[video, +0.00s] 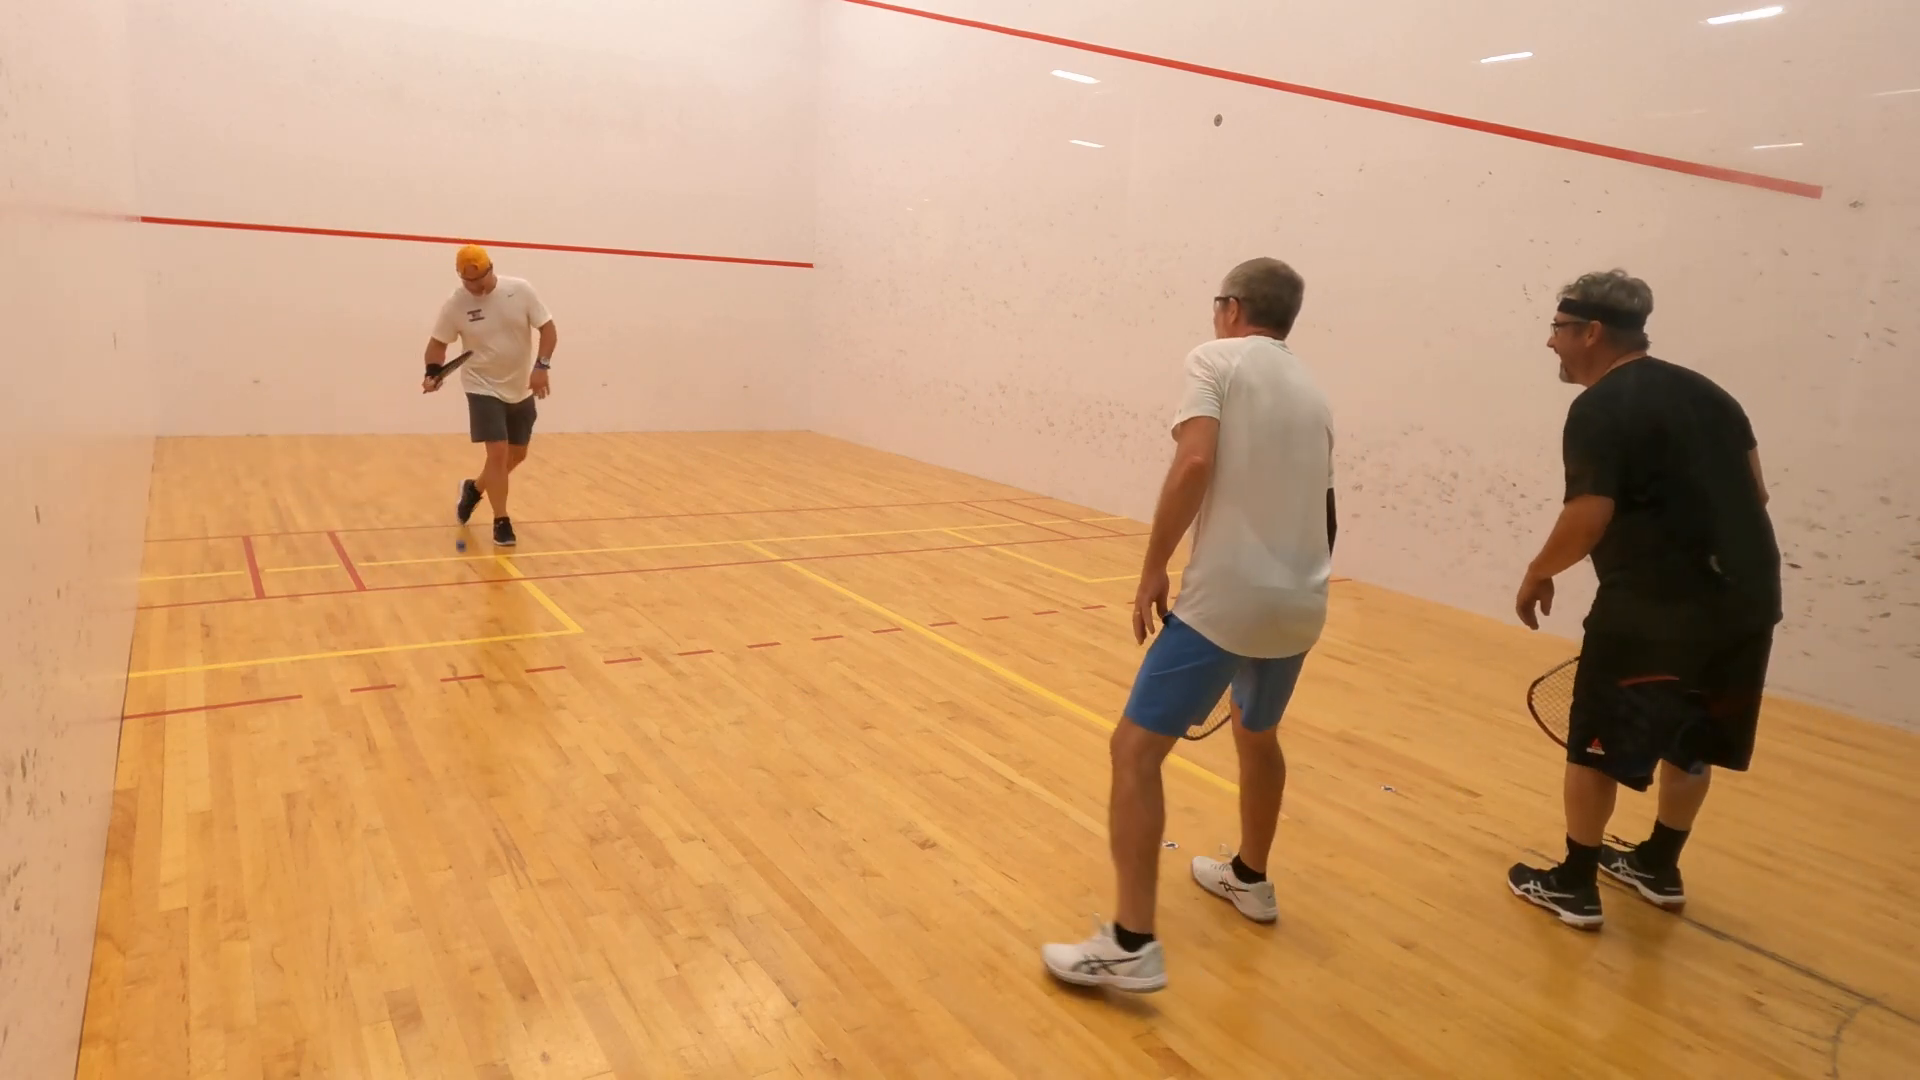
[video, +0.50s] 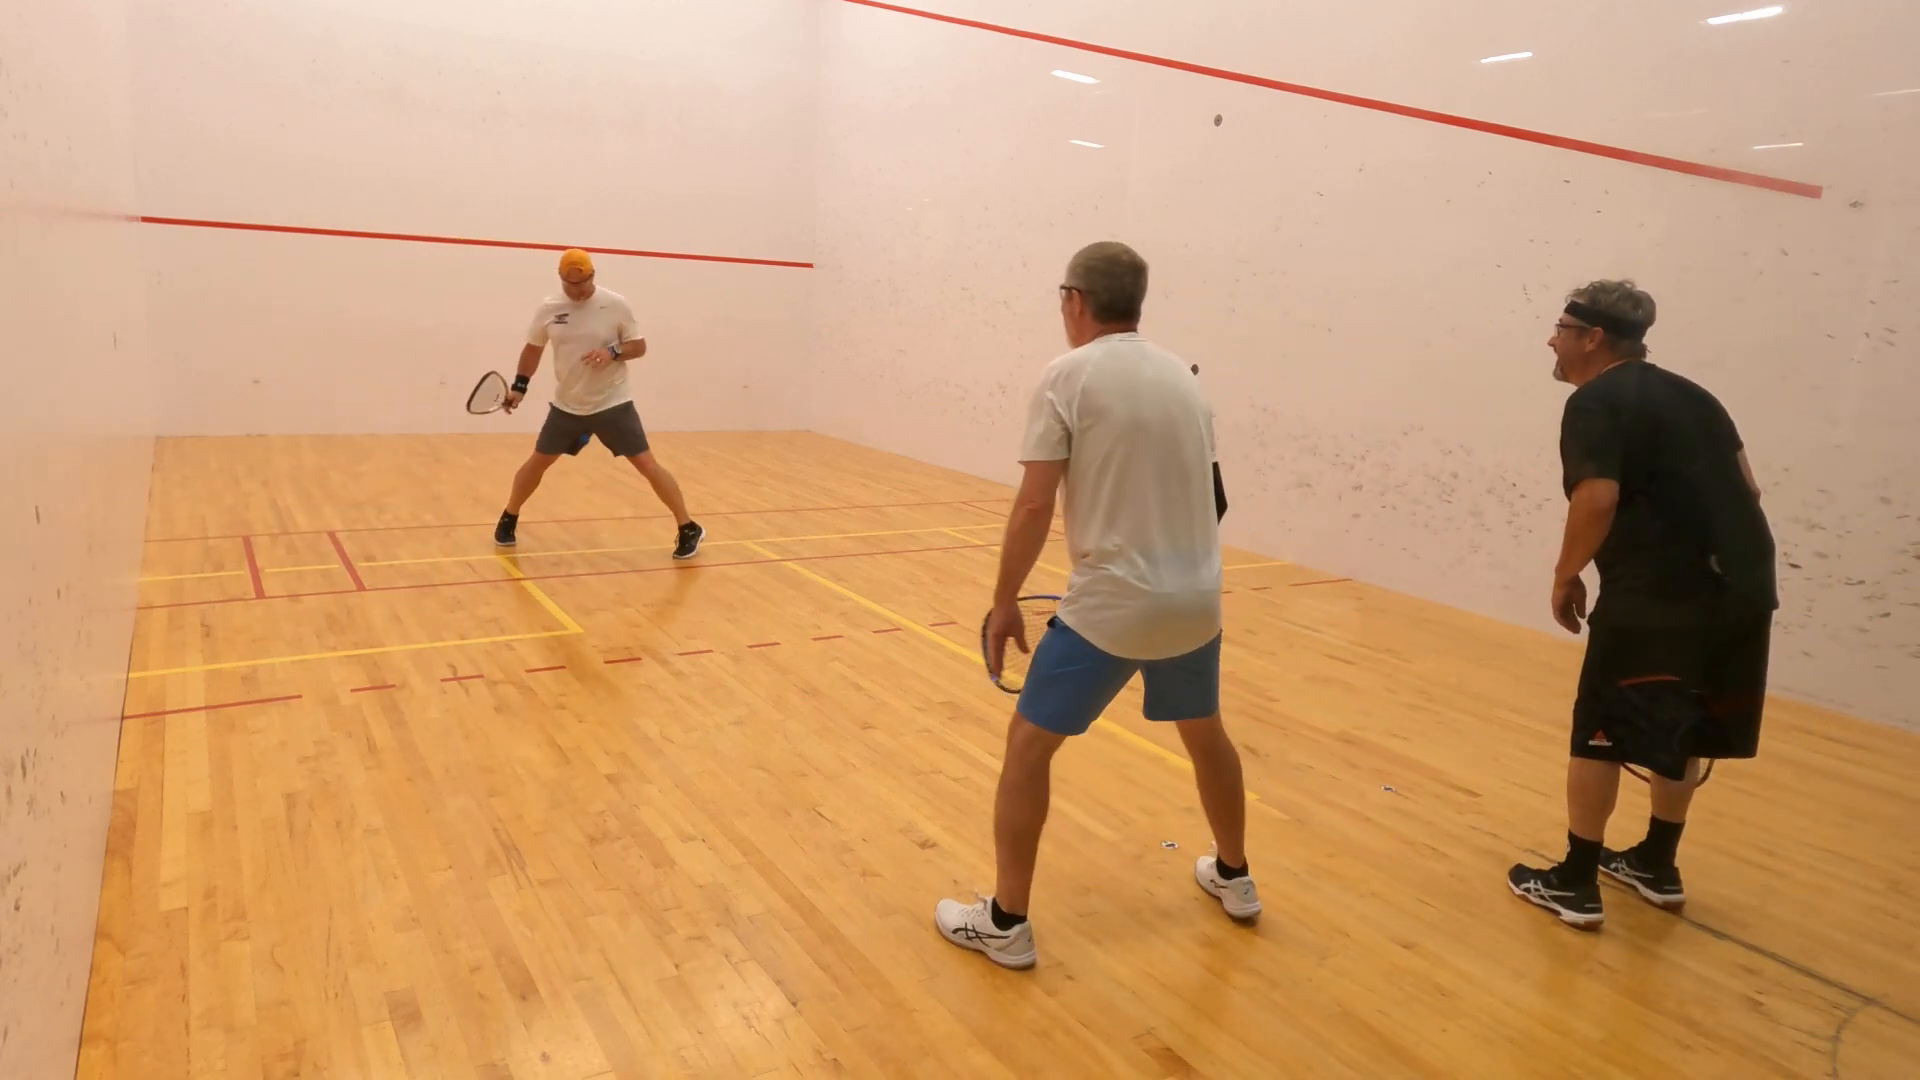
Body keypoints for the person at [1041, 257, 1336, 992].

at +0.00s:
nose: (1214, 321)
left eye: (1218, 309)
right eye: (1219, 310)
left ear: (1233, 311)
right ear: (1284, 322)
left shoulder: (1216, 360)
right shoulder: (1312, 392)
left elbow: (1195, 462)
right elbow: (1323, 521)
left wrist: (1155, 567)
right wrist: (1289, 604)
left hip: (1226, 597)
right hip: (1301, 605)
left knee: (1136, 747)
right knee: (1257, 730)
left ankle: (1132, 942)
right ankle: (1251, 877)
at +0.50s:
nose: (1062, 312)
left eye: (1063, 300)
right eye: (1065, 300)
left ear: (1077, 304)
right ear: (1136, 306)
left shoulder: (1067, 379)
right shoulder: (1183, 379)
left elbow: (1034, 506)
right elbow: (1211, 500)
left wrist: (1005, 599)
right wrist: (1154, 564)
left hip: (1110, 608)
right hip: (1196, 605)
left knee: (1029, 746)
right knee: (1206, 731)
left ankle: (1007, 920)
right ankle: (1235, 874)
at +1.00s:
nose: (1101, 286)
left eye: (1104, 276)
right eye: (1106, 274)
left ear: (1116, 282)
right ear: (1176, 287)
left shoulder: (1101, 363)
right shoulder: (1205, 364)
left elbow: (1056, 482)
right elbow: (1216, 481)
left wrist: (996, 445)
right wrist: (1101, 503)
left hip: (1115, 598)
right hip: (1196, 595)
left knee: (1052, 746)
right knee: (1203, 731)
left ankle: (1009, 917)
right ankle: (1217, 876)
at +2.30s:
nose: (1195, 293)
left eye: (1199, 282)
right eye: (1201, 281)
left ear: (1215, 290)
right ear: (1268, 300)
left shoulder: (1193, 362)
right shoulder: (1287, 376)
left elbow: (1167, 483)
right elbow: (1294, 478)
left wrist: (1123, 521)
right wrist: (1158, 511)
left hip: (1189, 593)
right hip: (1257, 594)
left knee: (1110, 735)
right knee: (1208, 718)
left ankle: (1094, 921)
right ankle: (1210, 876)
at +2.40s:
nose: (1216, 289)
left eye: (1221, 279)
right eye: (1220, 277)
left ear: (1235, 286)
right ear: (1294, 294)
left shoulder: (1216, 358)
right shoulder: (1309, 368)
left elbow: (1187, 480)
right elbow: (1296, 481)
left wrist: (1143, 514)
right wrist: (1172, 517)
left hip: (1207, 591)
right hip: (1273, 591)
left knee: (1138, 741)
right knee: (1215, 723)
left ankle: (1182, 933)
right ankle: (1210, 874)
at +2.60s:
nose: (1263, 296)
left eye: (1269, 286)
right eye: (1269, 284)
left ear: (1286, 298)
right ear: (1338, 308)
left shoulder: (1260, 381)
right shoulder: (1347, 386)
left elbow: (1217, 508)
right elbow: (1345, 509)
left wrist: (1158, 556)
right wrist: (1235, 489)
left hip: (1243, 621)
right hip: (1299, 615)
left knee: (1213, 786)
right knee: (1226, 735)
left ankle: (1334, 965)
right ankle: (1212, 874)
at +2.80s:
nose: (1308, 294)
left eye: (1314, 285)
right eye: (1314, 282)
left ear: (1329, 299)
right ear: (1392, 310)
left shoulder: (1305, 388)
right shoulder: (1408, 399)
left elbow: (1275, 527)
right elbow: (1415, 528)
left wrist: (1208, 620)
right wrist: (1333, 594)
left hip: (1302, 627)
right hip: (1367, 629)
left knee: (1316, 837)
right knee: (1277, 753)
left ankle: (1382, 1030)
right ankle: (1221, 875)